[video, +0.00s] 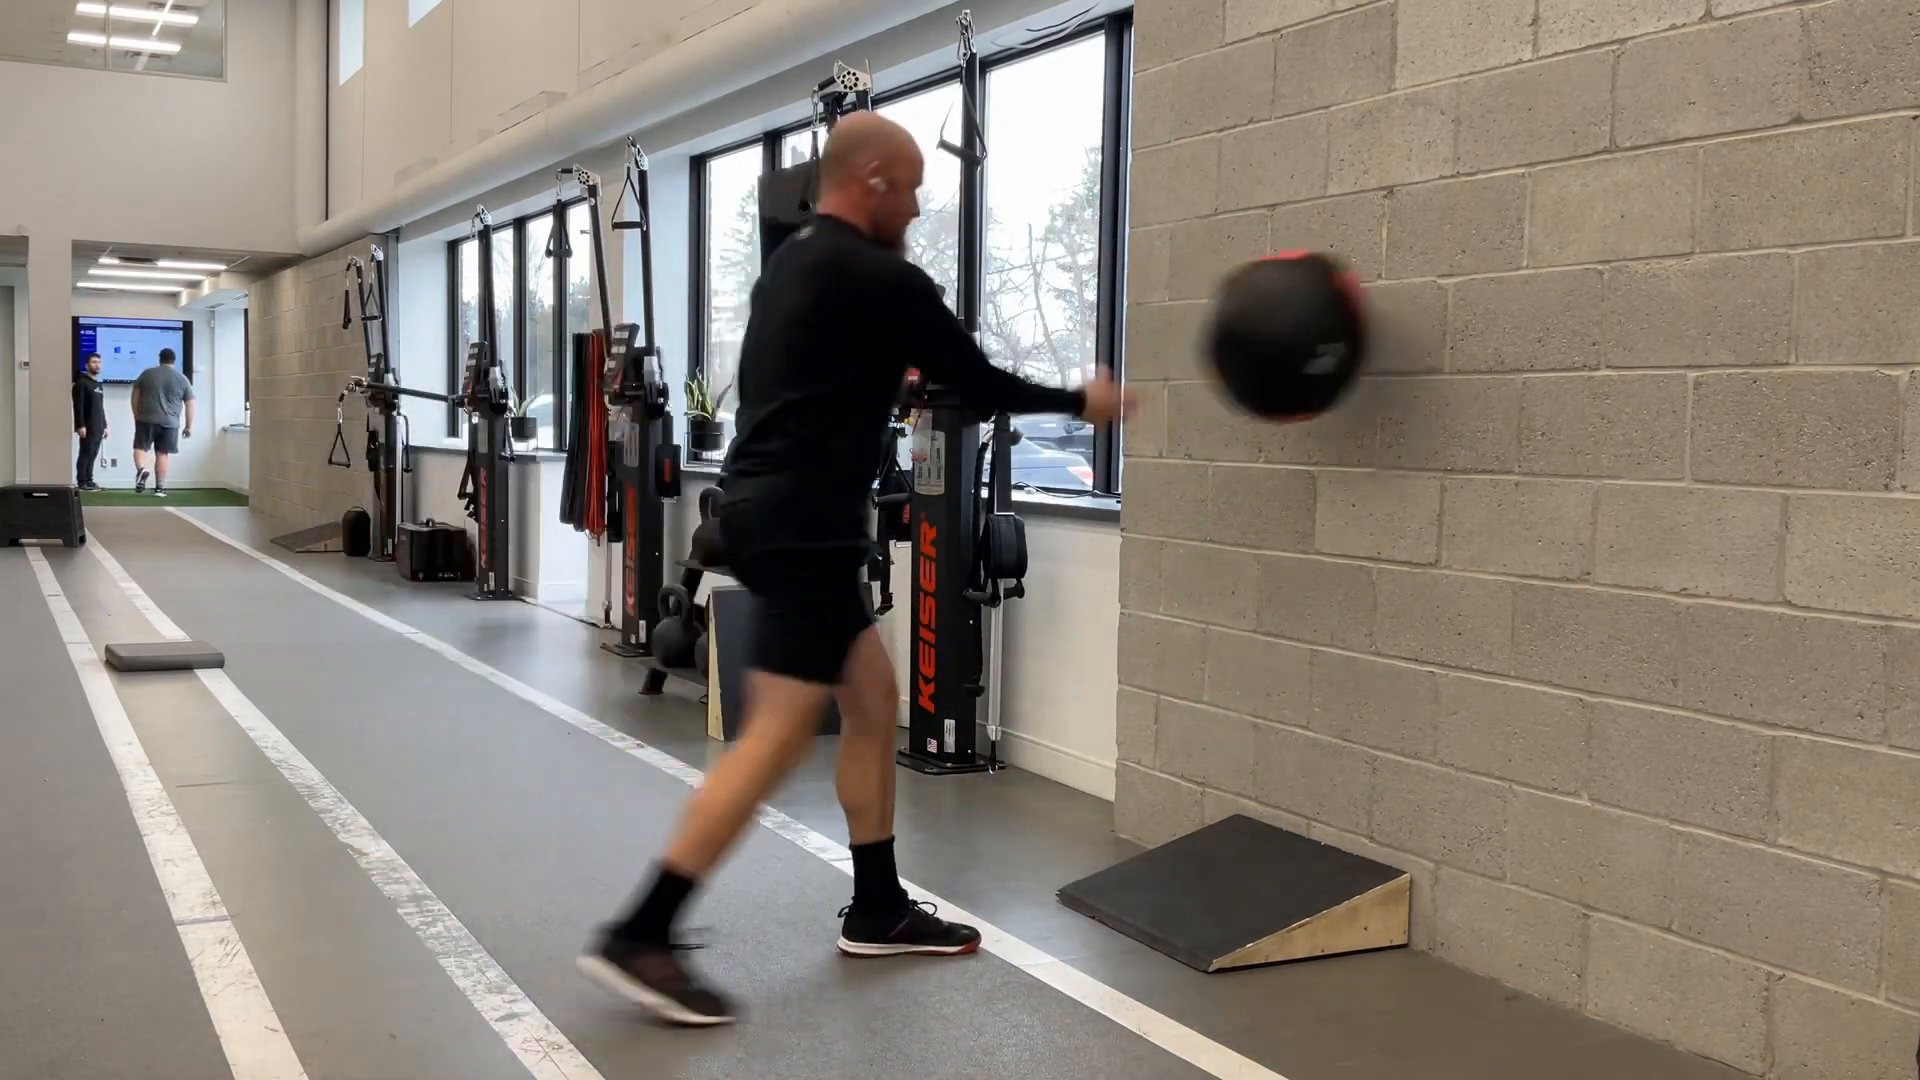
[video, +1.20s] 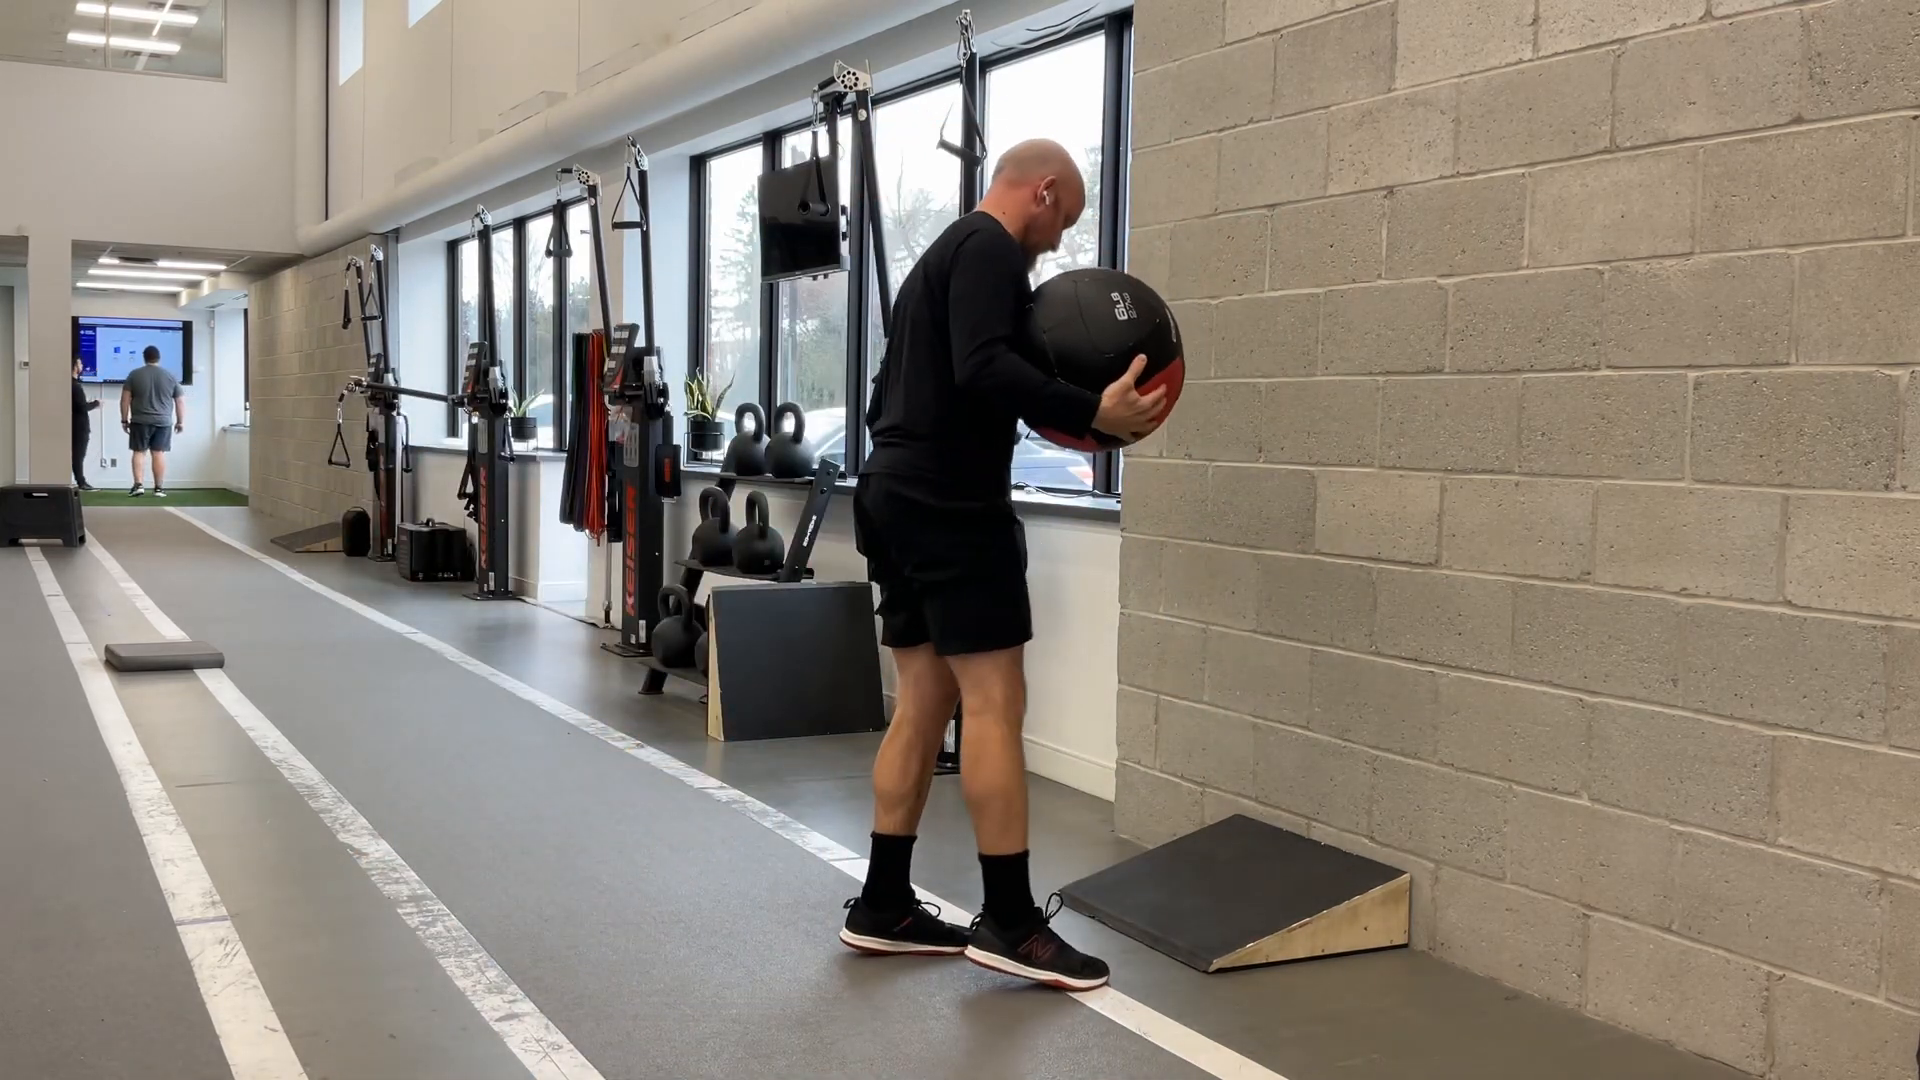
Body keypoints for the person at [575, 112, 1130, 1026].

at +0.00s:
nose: (915, 207)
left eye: (916, 191)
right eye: (911, 191)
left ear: (840, 181)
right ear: (871, 186)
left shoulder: (790, 261)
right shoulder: (881, 275)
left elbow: (802, 384)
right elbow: (978, 382)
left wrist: (901, 383)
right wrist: (1079, 400)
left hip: (758, 513)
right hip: (808, 521)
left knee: (871, 692)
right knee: (777, 733)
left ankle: (879, 905)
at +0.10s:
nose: (957, 196)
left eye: (957, 180)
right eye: (953, 179)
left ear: (883, 172)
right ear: (920, 173)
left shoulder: (815, 257)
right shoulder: (924, 279)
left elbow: (739, 371)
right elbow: (961, 422)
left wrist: (748, 454)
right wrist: (1070, 470)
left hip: (800, 500)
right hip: (867, 506)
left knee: (882, 705)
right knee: (881, 710)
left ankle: (879, 903)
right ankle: (833, 941)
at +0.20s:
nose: (1000, 197)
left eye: (998, 179)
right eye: (995, 179)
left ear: (926, 174)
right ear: (964, 176)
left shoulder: (849, 260)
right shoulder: (948, 275)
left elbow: (773, 370)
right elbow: (942, 428)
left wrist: (753, 480)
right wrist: (1023, 496)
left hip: (825, 506)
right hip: (913, 508)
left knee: (889, 707)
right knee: (967, 702)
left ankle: (878, 906)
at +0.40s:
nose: (1036, 200)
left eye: (1036, 183)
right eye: (1035, 183)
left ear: (963, 169)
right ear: (1006, 172)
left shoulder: (903, 254)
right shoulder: (986, 256)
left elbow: (842, 390)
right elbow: (992, 390)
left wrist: (884, 474)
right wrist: (1102, 432)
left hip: (866, 503)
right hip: (948, 505)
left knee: (905, 698)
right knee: (996, 701)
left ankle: (883, 904)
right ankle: (1016, 925)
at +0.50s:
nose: (1046, 201)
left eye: (1048, 185)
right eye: (1046, 183)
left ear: (975, 165)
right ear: (1018, 169)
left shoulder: (913, 252)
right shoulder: (997, 254)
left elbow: (869, 387)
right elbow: (1018, 389)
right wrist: (1125, 428)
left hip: (882, 499)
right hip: (959, 503)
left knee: (917, 696)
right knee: (999, 702)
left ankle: (881, 902)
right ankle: (1014, 929)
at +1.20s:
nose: (1059, 241)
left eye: (1068, 228)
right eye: (1065, 223)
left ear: (1012, 187)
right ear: (1041, 193)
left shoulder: (944, 255)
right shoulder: (990, 249)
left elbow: (970, 384)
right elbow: (988, 364)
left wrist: (1070, 417)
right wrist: (1094, 411)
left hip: (894, 497)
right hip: (955, 502)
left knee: (921, 702)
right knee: (995, 702)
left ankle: (882, 901)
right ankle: (1012, 922)